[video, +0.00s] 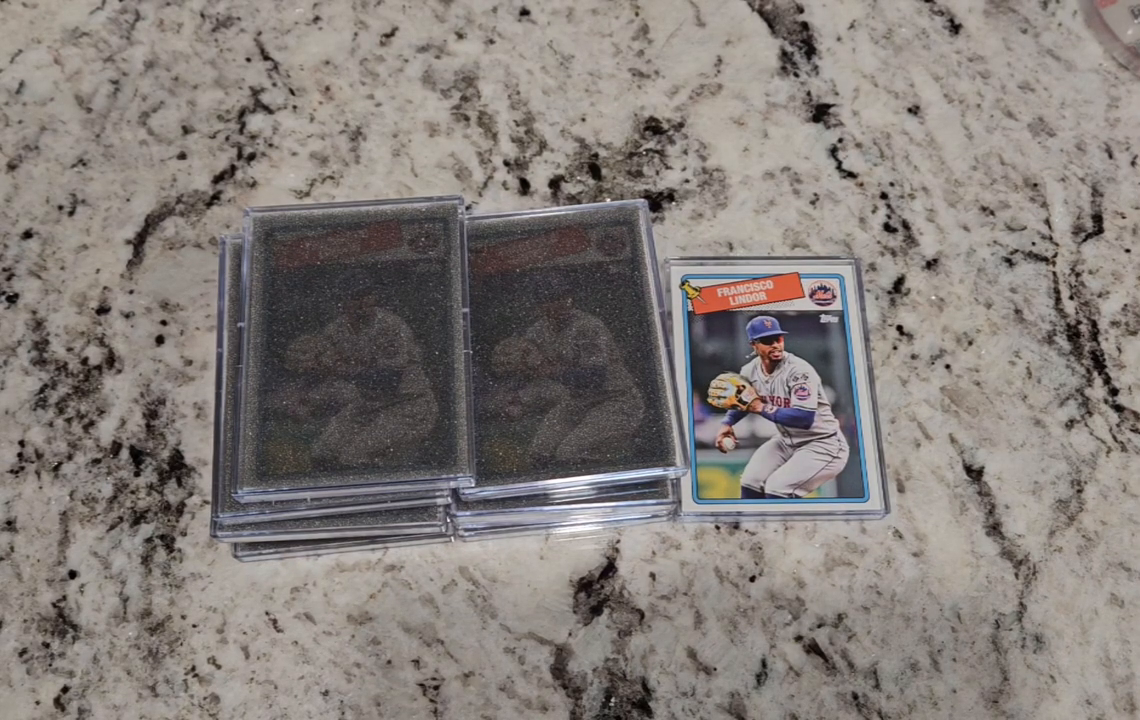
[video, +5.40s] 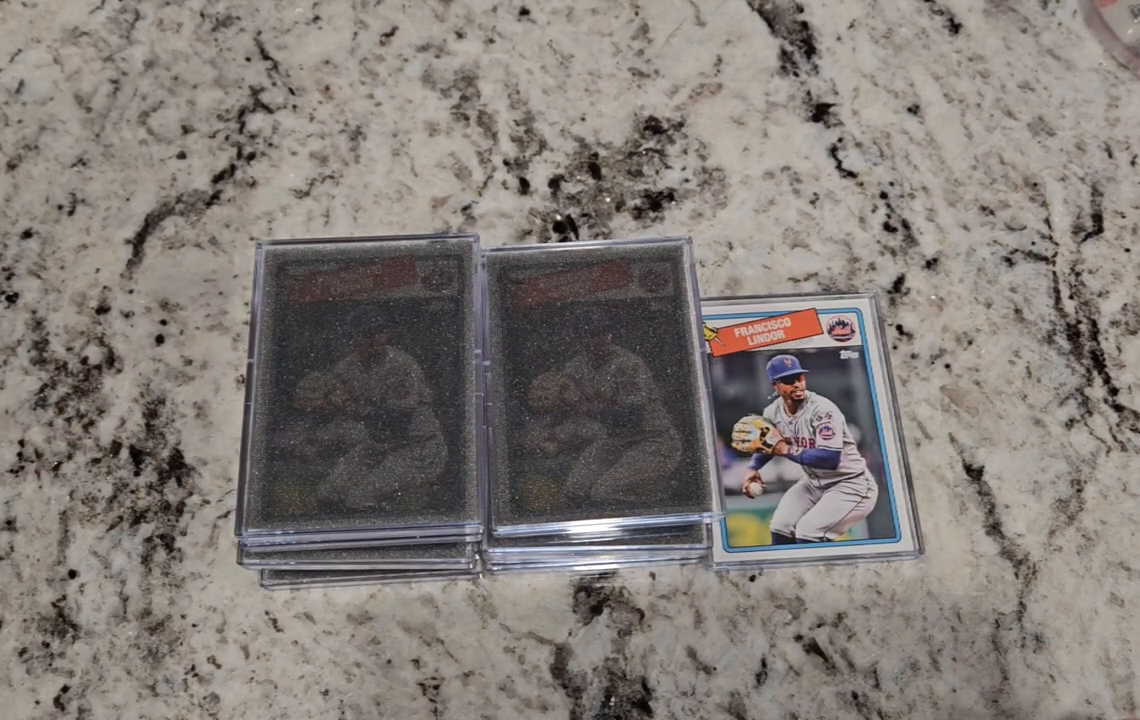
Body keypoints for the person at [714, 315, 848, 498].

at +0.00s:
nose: (775, 346)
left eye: (778, 339)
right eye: (767, 342)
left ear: (783, 339)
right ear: (754, 346)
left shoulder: (800, 371)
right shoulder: (749, 372)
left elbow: (804, 419)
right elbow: (743, 402)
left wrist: (760, 407)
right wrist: (726, 424)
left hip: (824, 445)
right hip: (786, 442)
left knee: (777, 487)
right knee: (751, 482)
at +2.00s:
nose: (776, 348)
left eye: (778, 342)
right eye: (768, 344)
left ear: (783, 341)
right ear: (755, 349)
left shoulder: (800, 373)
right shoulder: (749, 374)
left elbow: (805, 420)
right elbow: (744, 407)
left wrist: (761, 410)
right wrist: (727, 428)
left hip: (817, 447)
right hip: (785, 445)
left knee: (779, 491)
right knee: (752, 486)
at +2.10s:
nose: (782, 362)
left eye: (784, 355)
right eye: (774, 358)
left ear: (789, 355)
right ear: (761, 363)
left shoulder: (808, 386)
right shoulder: (757, 389)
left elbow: (814, 433)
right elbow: (753, 421)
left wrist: (771, 425)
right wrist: (737, 445)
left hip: (826, 462)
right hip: (795, 460)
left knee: (791, 507)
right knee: (764, 503)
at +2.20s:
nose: (801, 377)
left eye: (803, 370)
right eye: (793, 373)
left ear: (809, 370)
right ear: (780, 379)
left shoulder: (826, 402)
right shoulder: (775, 404)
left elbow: (834, 450)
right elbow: (771, 437)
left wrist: (789, 441)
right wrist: (755, 461)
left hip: (845, 479)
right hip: (814, 476)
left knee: (809, 524)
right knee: (782, 519)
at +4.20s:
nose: (798, 385)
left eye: (800, 378)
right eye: (789, 381)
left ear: (804, 377)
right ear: (776, 386)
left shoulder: (823, 410)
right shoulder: (772, 413)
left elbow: (830, 460)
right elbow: (768, 446)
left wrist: (786, 449)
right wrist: (752, 469)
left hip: (853, 485)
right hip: (815, 485)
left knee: (807, 532)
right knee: (780, 529)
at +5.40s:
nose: (798, 385)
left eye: (800, 378)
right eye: (789, 381)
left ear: (805, 377)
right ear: (776, 386)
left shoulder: (823, 410)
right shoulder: (772, 413)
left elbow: (830, 460)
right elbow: (768, 446)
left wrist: (786, 449)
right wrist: (752, 469)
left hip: (853, 485)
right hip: (814, 485)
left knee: (807, 532)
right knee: (781, 529)